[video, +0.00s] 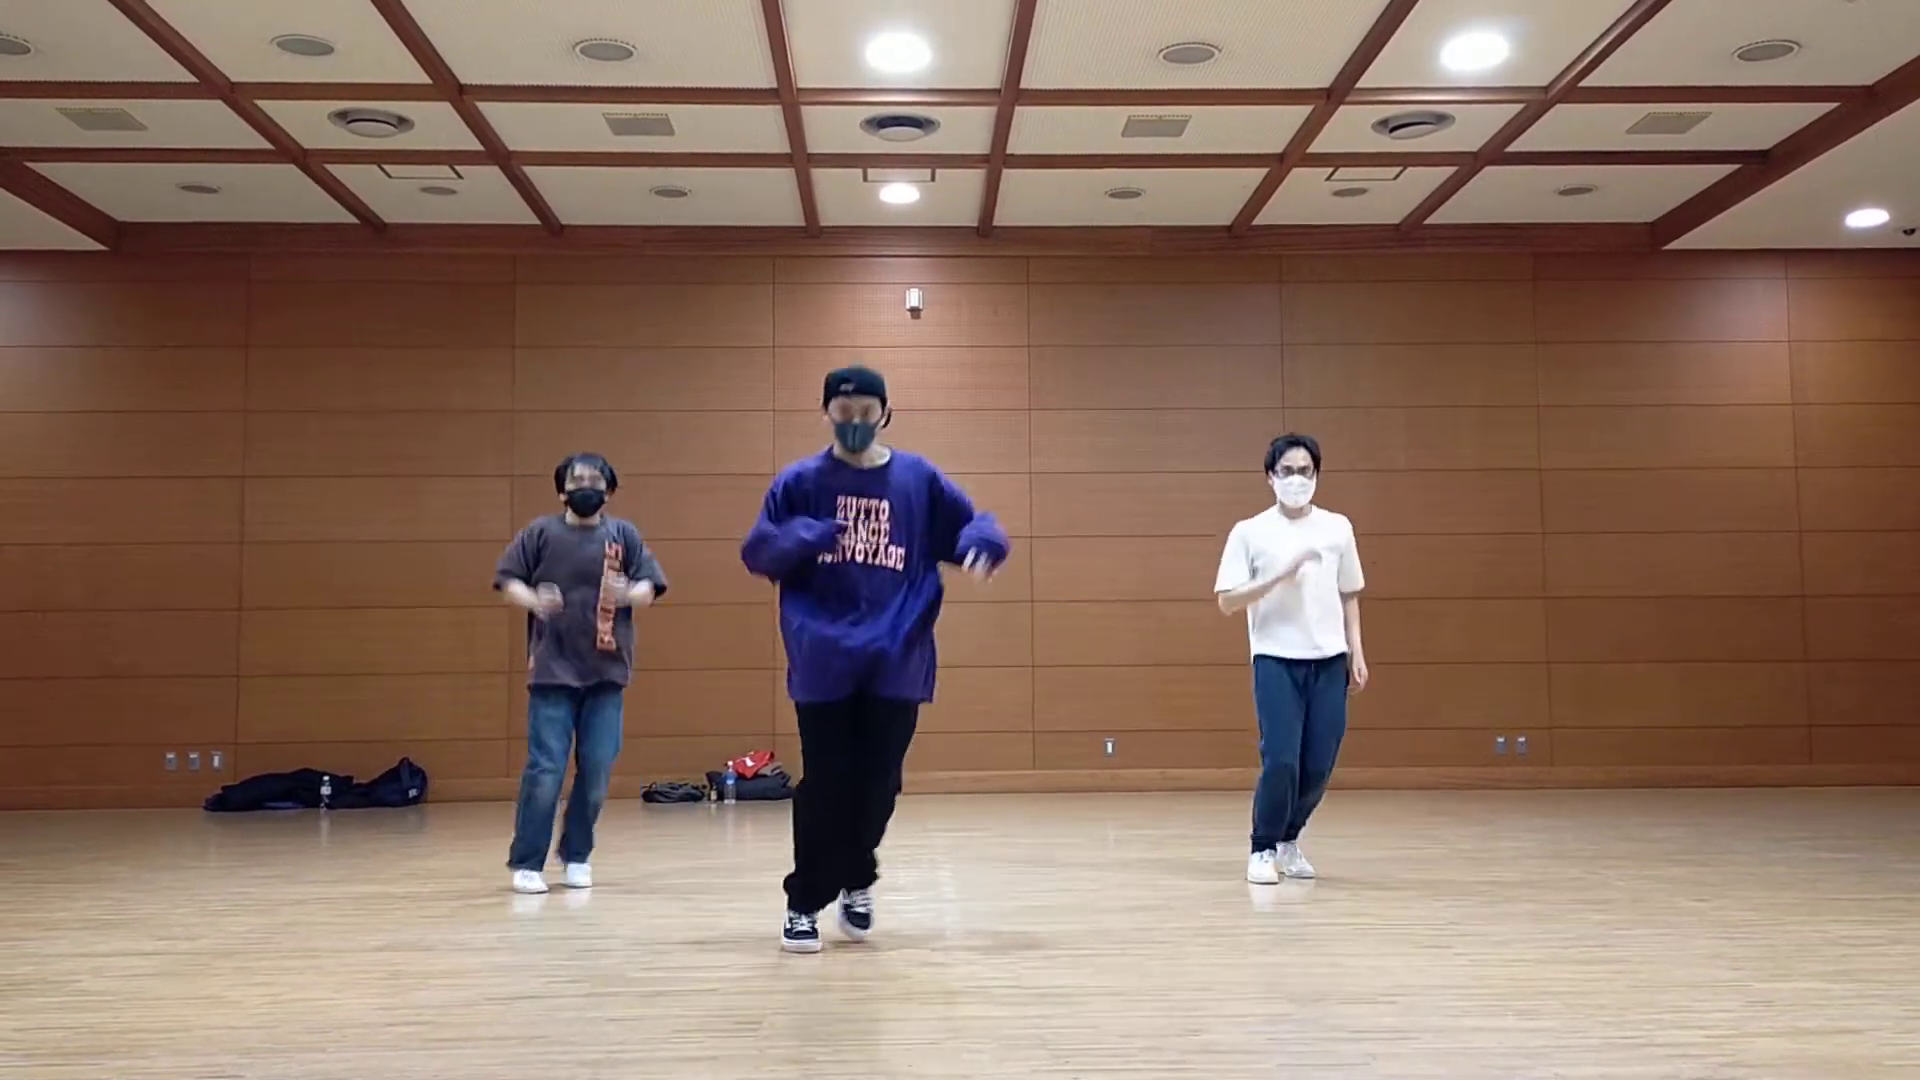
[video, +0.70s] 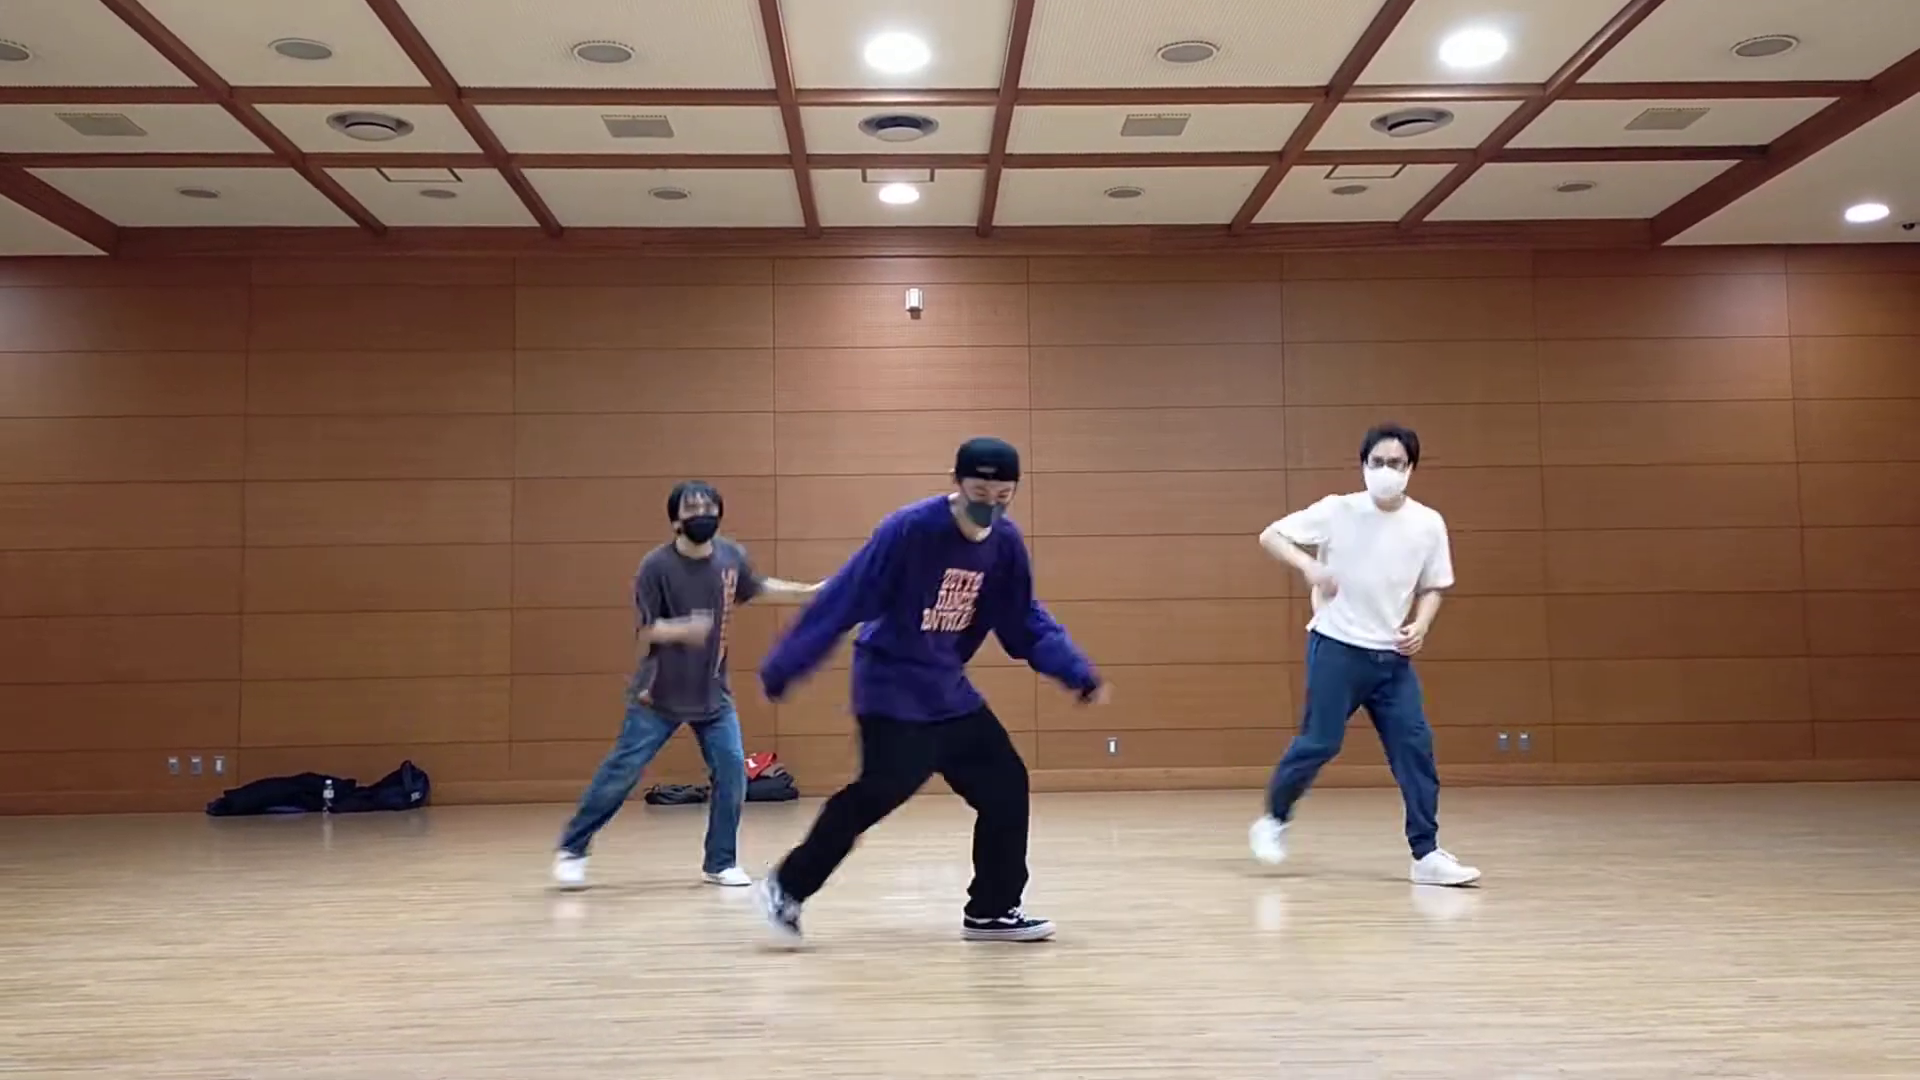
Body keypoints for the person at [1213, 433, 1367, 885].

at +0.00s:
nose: (1297, 479)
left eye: (1305, 471)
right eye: (1288, 472)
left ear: (1316, 477)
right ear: (1271, 478)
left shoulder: (1338, 528)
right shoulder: (1248, 533)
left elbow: (1350, 597)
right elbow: (1228, 602)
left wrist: (1356, 652)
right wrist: (1281, 576)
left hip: (1330, 659)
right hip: (1275, 660)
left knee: (1319, 764)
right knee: (1282, 757)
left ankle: (1287, 841)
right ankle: (1263, 851)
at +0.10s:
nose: (1304, 480)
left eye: (1312, 473)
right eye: (1294, 472)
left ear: (1322, 479)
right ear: (1276, 479)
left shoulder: (1337, 533)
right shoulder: (1251, 534)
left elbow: (1341, 603)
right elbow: (1225, 602)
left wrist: (1351, 648)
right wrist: (1259, 617)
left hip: (1324, 666)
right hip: (1272, 665)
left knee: (1321, 765)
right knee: (1282, 761)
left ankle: (1289, 842)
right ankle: (1263, 851)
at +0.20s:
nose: (1321, 463)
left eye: (1330, 456)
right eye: (1312, 455)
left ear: (1341, 463)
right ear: (1294, 460)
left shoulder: (1345, 517)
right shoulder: (1264, 513)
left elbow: (1338, 582)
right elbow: (1233, 580)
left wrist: (1348, 619)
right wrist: (1241, 645)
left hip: (1323, 654)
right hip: (1275, 652)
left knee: (1345, 743)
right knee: (1273, 752)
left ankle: (1315, 836)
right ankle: (1255, 848)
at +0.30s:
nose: (1339, 470)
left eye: (1349, 463)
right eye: (1331, 461)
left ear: (1359, 471)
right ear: (1313, 462)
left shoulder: (1355, 522)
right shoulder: (1280, 511)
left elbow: (1341, 583)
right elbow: (1230, 566)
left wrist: (1349, 604)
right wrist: (1219, 629)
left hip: (1317, 648)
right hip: (1268, 644)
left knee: (1351, 732)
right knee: (1265, 745)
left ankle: (1371, 837)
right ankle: (1229, 843)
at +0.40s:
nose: (1356, 502)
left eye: (1366, 494)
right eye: (1347, 491)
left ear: (1375, 503)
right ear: (1330, 493)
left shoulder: (1366, 555)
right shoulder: (1295, 532)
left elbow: (1346, 625)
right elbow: (1225, 561)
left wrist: (1361, 621)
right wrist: (1217, 624)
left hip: (1312, 673)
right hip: (1266, 661)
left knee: (1365, 750)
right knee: (1269, 761)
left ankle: (1413, 844)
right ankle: (1215, 850)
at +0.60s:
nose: (1377, 506)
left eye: (1387, 498)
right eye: (1368, 496)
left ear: (1400, 505)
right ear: (1354, 500)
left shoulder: (1405, 558)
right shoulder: (1321, 535)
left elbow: (1401, 622)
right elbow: (1253, 549)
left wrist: (1396, 633)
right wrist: (1274, 602)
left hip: (1354, 680)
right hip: (1302, 673)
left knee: (1405, 746)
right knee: (1289, 769)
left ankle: (1424, 855)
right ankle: (1222, 844)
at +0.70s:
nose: (1388, 472)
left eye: (1397, 463)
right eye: (1379, 463)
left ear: (1411, 469)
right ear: (1364, 467)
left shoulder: (1428, 525)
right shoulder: (1337, 512)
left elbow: (1432, 587)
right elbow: (1271, 536)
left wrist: (1420, 624)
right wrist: (1309, 566)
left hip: (1392, 658)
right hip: (1336, 649)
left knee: (1415, 748)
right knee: (1320, 741)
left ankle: (1426, 854)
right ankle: (1273, 819)